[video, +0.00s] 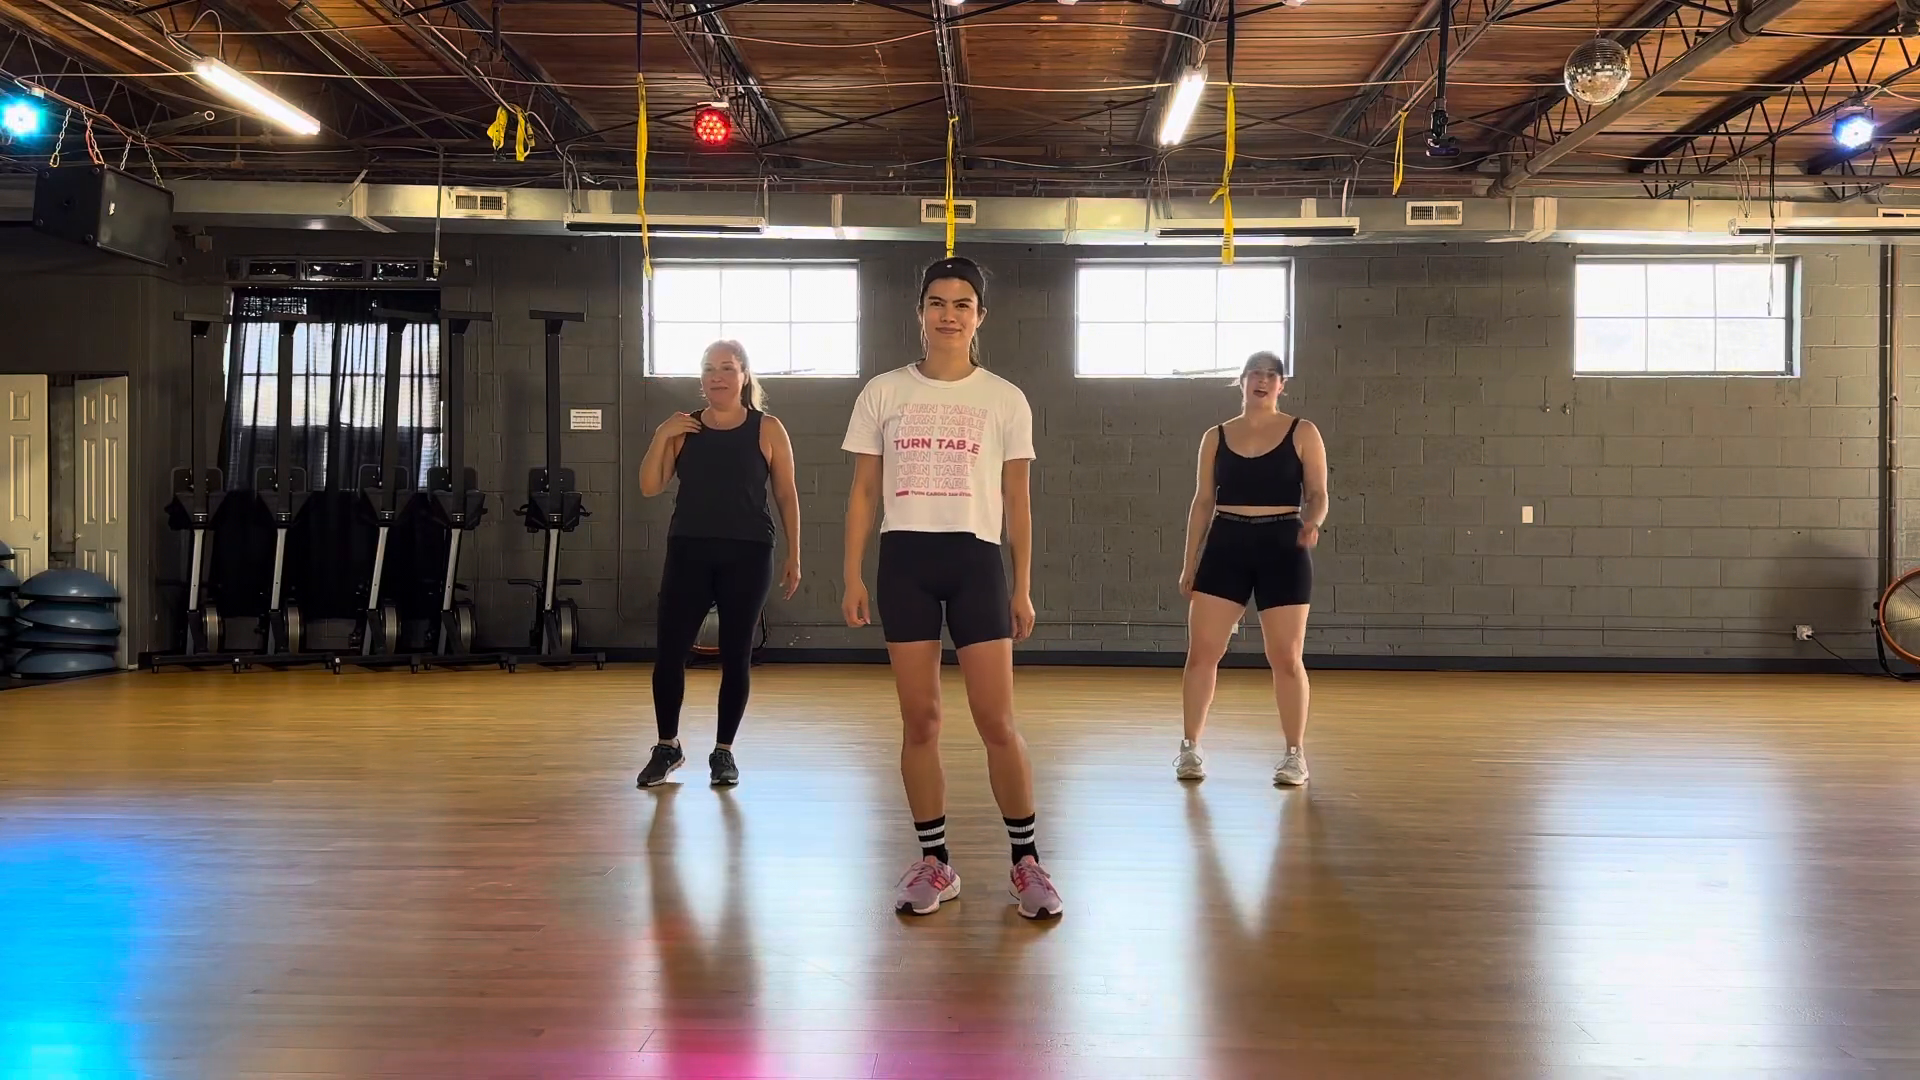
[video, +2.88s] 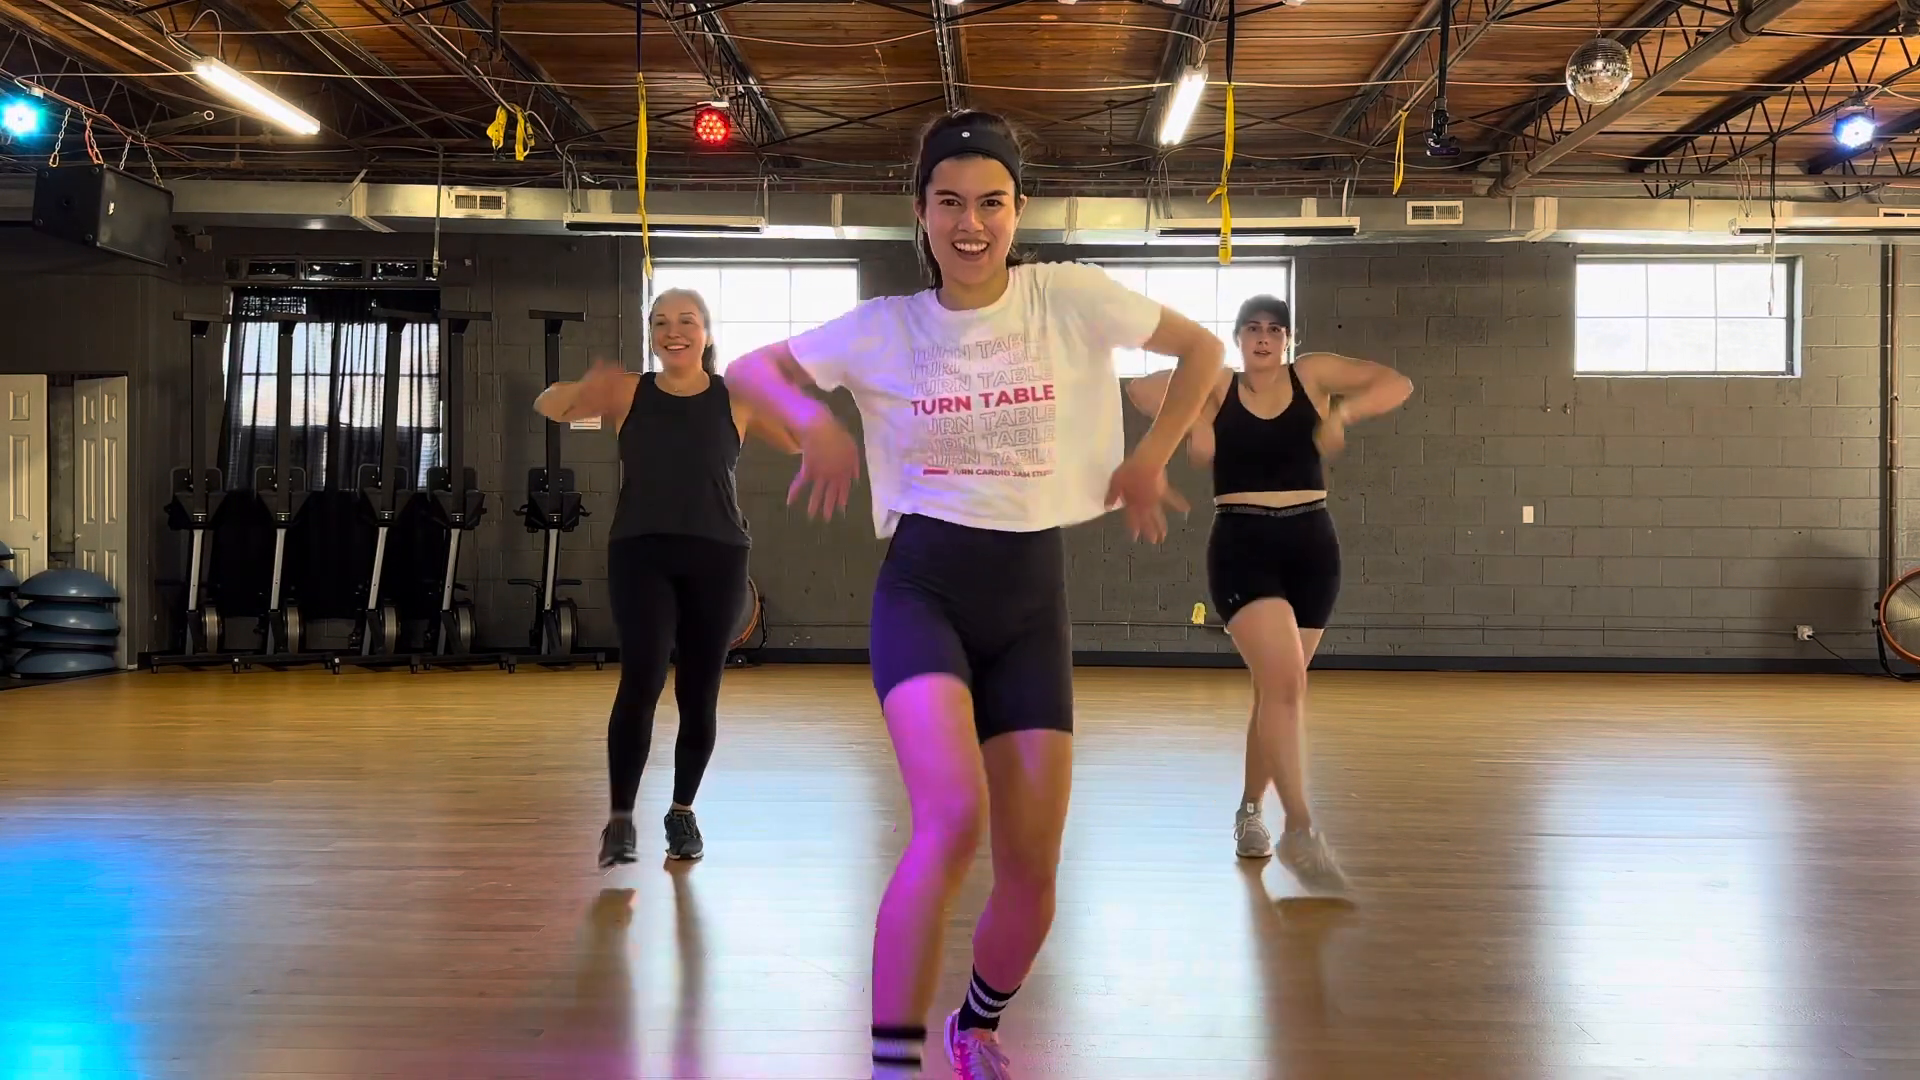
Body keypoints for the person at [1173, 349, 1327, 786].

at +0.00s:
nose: (1262, 381)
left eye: (1271, 375)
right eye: (1255, 374)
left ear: (1282, 385)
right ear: (1241, 382)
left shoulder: (1302, 433)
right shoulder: (1216, 436)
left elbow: (1317, 494)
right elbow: (1203, 502)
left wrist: (1311, 522)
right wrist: (1190, 561)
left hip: (1283, 551)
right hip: (1224, 549)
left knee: (1286, 659)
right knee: (1201, 652)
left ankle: (1294, 754)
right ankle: (1190, 748)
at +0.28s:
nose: (1292, 386)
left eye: (1300, 381)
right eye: (1285, 377)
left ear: (1307, 391)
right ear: (1269, 382)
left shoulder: (1317, 435)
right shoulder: (1233, 434)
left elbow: (1340, 494)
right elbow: (1210, 500)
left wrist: (1332, 452)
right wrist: (1202, 557)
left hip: (1300, 553)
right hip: (1244, 551)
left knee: (1299, 658)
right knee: (1215, 656)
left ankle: (1297, 756)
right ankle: (1199, 747)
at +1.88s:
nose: (1264, 364)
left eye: (1272, 358)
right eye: (1255, 357)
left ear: (1282, 368)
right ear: (1239, 366)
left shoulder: (1308, 416)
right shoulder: (1210, 427)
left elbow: (1338, 482)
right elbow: (1192, 497)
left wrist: (1339, 543)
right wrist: (1171, 560)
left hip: (1291, 546)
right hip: (1229, 548)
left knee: (1271, 651)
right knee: (1242, 669)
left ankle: (1272, 767)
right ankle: (1258, 767)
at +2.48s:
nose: (1276, 344)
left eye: (1286, 337)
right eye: (1265, 336)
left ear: (1298, 354)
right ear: (1246, 351)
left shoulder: (1319, 427)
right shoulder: (1212, 413)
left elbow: (1336, 508)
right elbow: (1177, 490)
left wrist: (1389, 545)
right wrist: (1130, 538)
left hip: (1297, 562)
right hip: (1226, 557)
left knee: (1273, 694)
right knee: (1230, 694)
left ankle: (1251, 812)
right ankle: (1209, 768)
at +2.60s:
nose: (1275, 342)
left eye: (1285, 336)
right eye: (1265, 334)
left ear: (1298, 353)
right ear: (1247, 349)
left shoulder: (1317, 420)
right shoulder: (1210, 408)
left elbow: (1364, 476)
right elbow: (1154, 465)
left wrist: (1406, 417)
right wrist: (1094, 416)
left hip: (1298, 548)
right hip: (1227, 546)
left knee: (1278, 691)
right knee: (1267, 653)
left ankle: (1251, 811)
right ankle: (1224, 746)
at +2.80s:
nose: (1265, 335)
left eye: (1275, 328)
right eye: (1255, 327)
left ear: (1288, 341)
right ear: (1237, 339)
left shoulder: (1314, 392)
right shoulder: (1211, 392)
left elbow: (1402, 391)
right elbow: (1130, 381)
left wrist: (1343, 368)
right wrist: (1173, 385)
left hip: (1304, 543)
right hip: (1232, 544)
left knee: (1277, 681)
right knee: (1286, 639)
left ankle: (1253, 809)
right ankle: (1295, 787)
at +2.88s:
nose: (1263, 338)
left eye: (1273, 330)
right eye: (1252, 330)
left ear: (1287, 339)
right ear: (1236, 339)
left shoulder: (1312, 373)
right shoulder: (1214, 390)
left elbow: (1398, 384)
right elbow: (1133, 387)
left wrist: (1346, 412)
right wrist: (1188, 425)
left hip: (1311, 539)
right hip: (1242, 541)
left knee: (1281, 689)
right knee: (1283, 683)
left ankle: (1251, 808)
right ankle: (1299, 828)